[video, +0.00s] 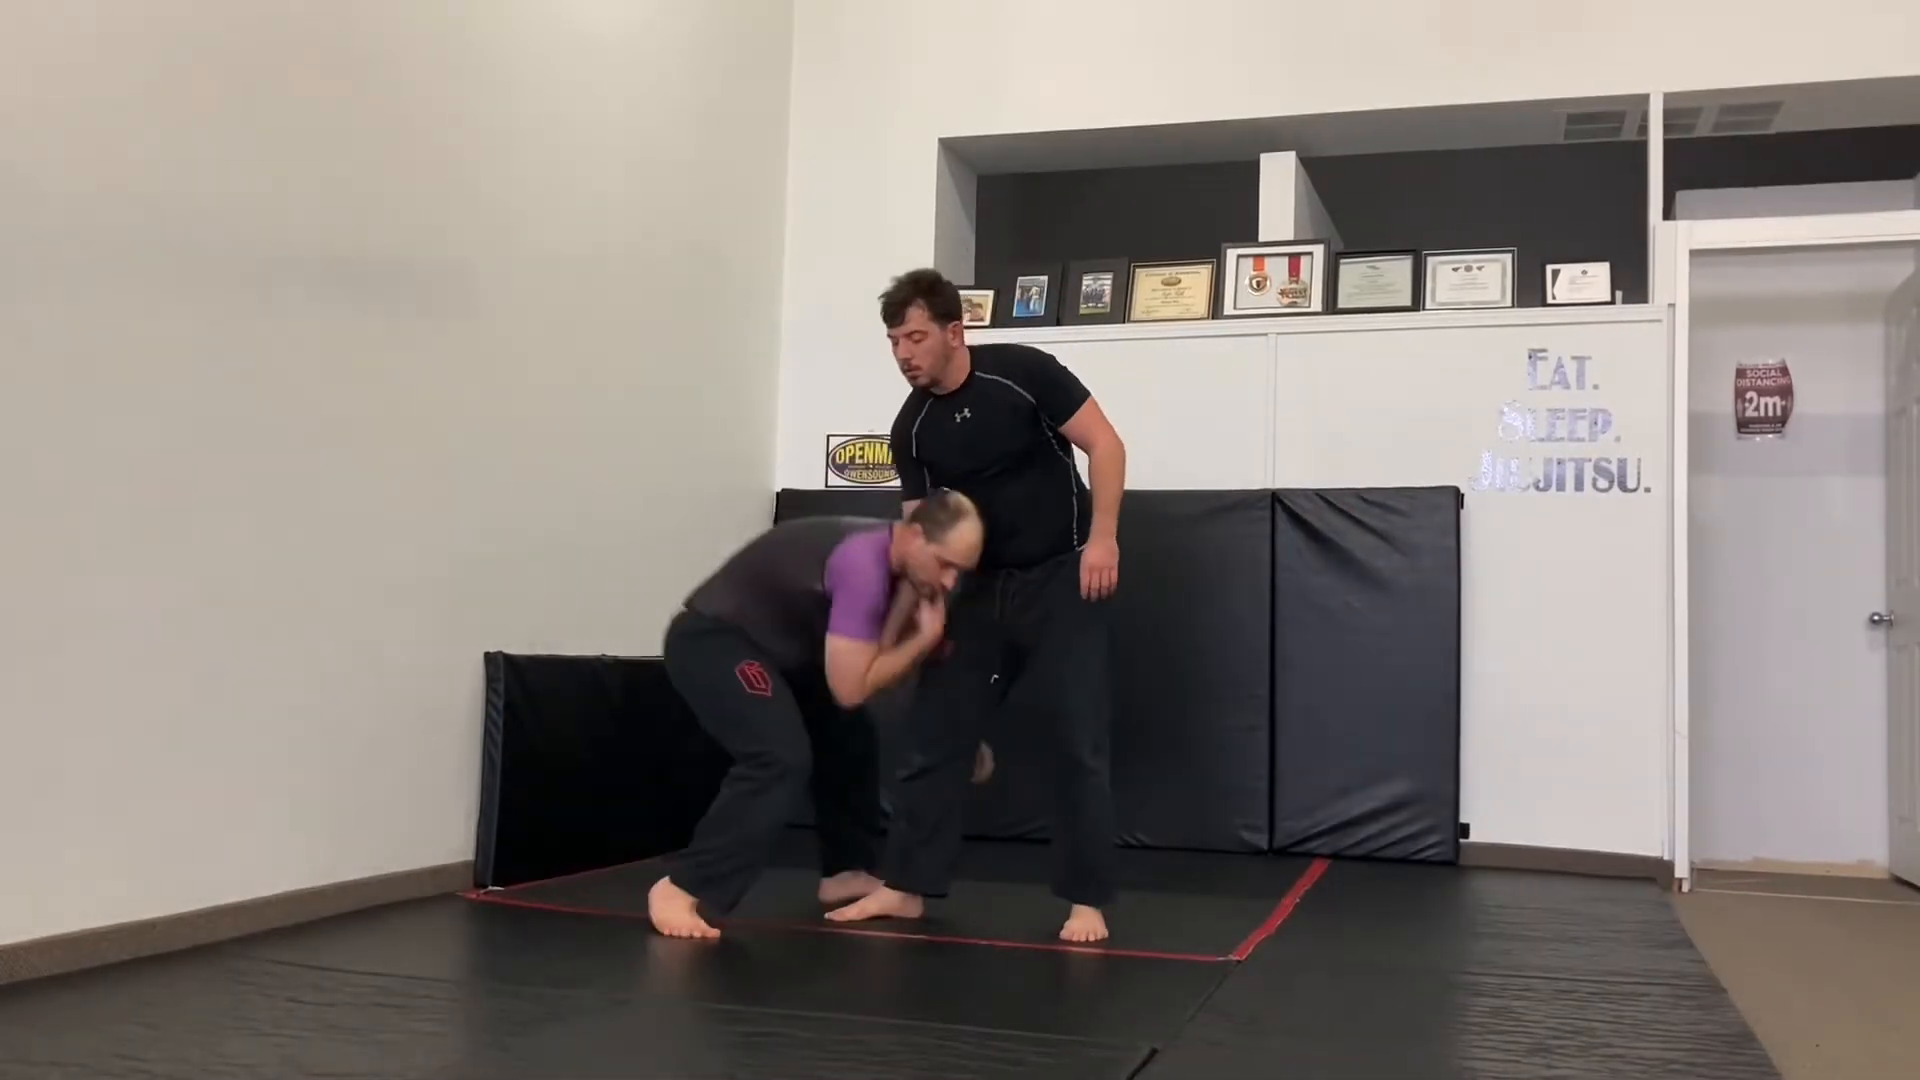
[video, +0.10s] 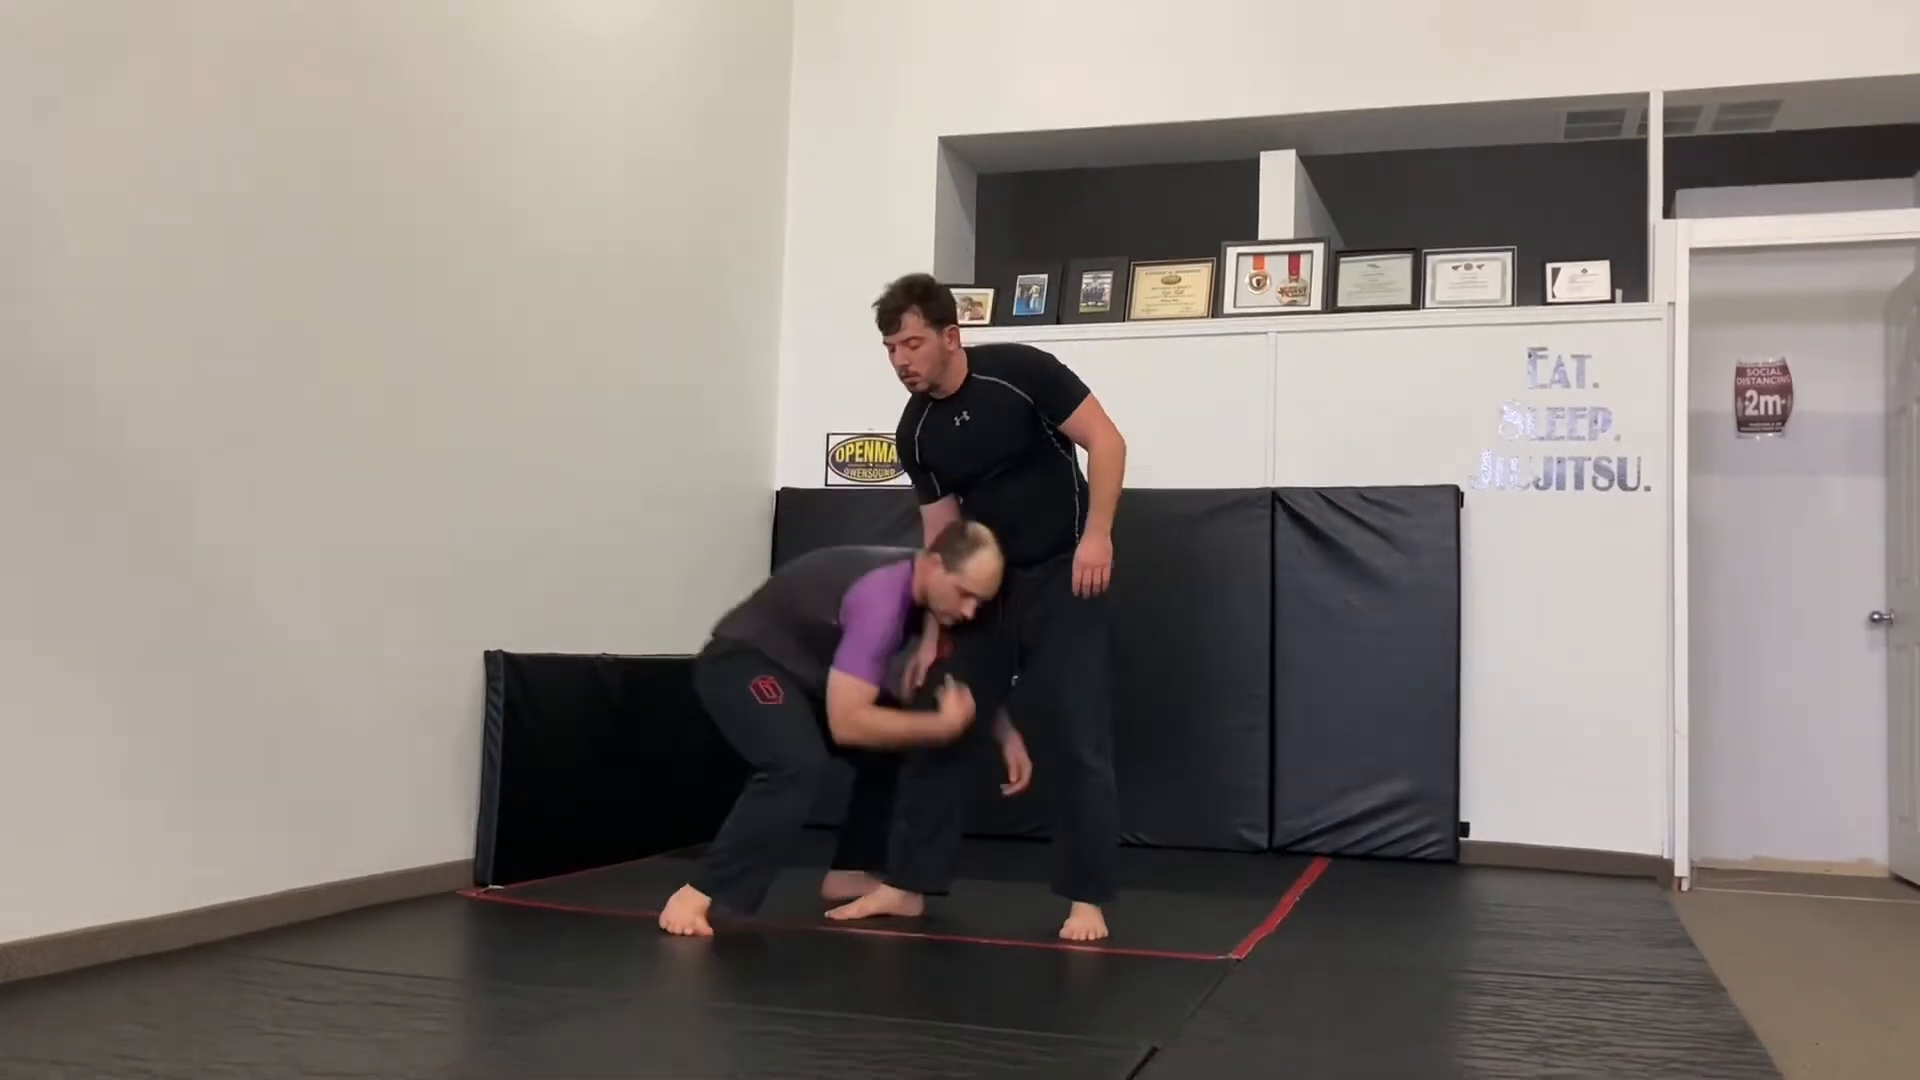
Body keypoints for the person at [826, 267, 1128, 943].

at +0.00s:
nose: (903, 352)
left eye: (914, 338)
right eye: (895, 340)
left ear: (955, 331)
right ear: (893, 341)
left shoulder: (1026, 372)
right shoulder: (910, 429)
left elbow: (1106, 445)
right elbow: (919, 530)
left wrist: (1104, 538)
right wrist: (913, 616)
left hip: (1059, 580)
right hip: (971, 589)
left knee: (1077, 738)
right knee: (933, 733)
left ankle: (1087, 901)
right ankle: (907, 886)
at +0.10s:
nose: (898, 360)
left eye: (909, 344)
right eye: (891, 347)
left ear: (951, 334)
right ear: (890, 346)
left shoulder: (1020, 370)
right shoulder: (915, 432)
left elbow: (1106, 440)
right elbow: (940, 533)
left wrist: (1098, 534)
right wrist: (933, 630)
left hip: (1062, 576)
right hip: (981, 587)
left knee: (1075, 735)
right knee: (939, 724)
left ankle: (1087, 900)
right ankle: (906, 885)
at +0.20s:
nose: (898, 368)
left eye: (908, 352)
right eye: (890, 355)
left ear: (948, 342)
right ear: (888, 355)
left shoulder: (1017, 371)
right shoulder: (921, 439)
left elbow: (1109, 440)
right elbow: (954, 533)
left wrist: (1096, 534)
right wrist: (954, 614)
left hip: (1066, 576)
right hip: (991, 589)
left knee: (1076, 739)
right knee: (948, 726)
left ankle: (1086, 903)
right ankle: (907, 886)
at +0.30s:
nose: (898, 373)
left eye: (907, 357)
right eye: (890, 361)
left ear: (947, 344)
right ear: (887, 360)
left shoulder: (1019, 370)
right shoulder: (929, 439)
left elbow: (1109, 436)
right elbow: (962, 539)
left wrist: (1093, 534)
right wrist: (962, 632)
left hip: (1080, 567)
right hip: (1007, 583)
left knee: (1081, 734)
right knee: (959, 721)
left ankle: (1087, 904)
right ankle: (908, 882)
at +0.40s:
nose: (903, 374)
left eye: (911, 357)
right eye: (895, 362)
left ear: (951, 341)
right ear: (898, 359)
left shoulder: (1024, 371)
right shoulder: (942, 440)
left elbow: (1105, 435)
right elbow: (976, 535)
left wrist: (1084, 536)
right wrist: (974, 611)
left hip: (1088, 569)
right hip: (1015, 581)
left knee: (1080, 732)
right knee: (956, 718)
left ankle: (1087, 904)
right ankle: (902, 875)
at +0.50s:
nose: (912, 367)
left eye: (919, 350)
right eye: (904, 354)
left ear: (960, 336)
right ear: (908, 351)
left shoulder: (1030, 364)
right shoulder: (956, 432)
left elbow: (1102, 434)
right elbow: (990, 530)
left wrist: (1068, 528)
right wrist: (962, 620)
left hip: (1088, 566)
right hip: (1018, 574)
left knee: (1073, 730)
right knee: (945, 699)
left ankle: (1085, 906)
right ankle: (884, 854)